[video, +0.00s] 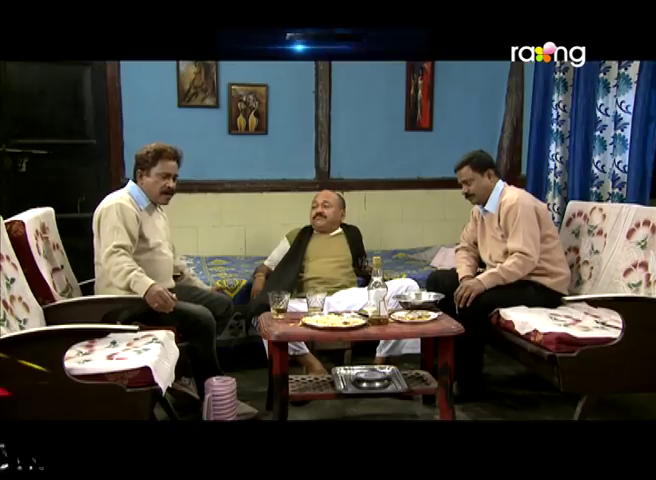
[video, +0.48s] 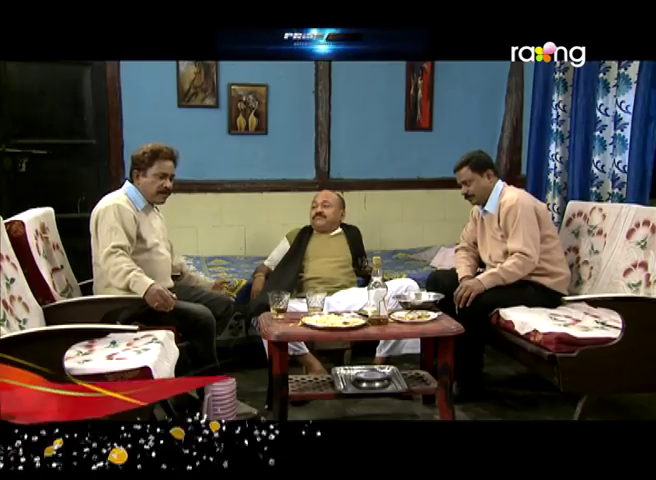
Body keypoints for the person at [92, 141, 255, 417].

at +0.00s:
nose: (171, 185)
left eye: (174, 178)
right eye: (164, 177)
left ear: (176, 180)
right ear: (141, 176)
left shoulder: (156, 210)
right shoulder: (118, 207)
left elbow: (171, 263)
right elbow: (115, 258)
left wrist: (204, 292)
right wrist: (146, 287)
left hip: (161, 292)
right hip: (127, 302)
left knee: (222, 306)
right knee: (200, 319)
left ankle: (183, 378)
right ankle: (216, 397)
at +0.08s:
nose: (171, 185)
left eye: (174, 178)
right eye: (164, 177)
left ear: (175, 180)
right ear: (141, 176)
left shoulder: (155, 209)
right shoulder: (117, 207)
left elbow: (170, 262)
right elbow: (115, 258)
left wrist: (203, 291)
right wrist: (146, 287)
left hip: (161, 292)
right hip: (126, 302)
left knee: (221, 305)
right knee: (200, 319)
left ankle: (183, 378)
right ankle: (216, 397)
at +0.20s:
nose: (170, 185)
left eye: (173, 178)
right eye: (163, 177)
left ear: (174, 180)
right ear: (141, 176)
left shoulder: (154, 210)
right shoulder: (116, 207)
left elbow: (171, 263)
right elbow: (115, 259)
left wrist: (204, 291)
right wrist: (146, 287)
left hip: (161, 292)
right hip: (127, 302)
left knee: (222, 305)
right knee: (200, 318)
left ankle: (183, 378)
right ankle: (216, 396)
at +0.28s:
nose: (170, 185)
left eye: (173, 179)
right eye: (163, 177)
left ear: (174, 180)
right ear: (140, 177)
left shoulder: (153, 210)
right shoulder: (116, 207)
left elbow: (171, 264)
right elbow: (114, 259)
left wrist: (204, 290)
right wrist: (146, 287)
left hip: (161, 292)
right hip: (126, 302)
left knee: (221, 305)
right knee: (199, 318)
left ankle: (182, 378)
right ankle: (216, 397)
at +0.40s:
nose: (169, 185)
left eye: (172, 179)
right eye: (162, 177)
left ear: (173, 181)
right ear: (139, 177)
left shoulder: (152, 211)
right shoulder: (115, 208)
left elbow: (171, 265)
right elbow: (114, 259)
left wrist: (207, 287)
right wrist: (146, 287)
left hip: (160, 292)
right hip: (127, 303)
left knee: (222, 305)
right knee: (200, 318)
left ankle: (184, 379)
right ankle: (215, 397)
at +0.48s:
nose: (168, 185)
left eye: (171, 178)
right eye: (161, 177)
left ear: (174, 179)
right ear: (138, 176)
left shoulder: (152, 212)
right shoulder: (115, 207)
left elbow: (172, 265)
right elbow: (113, 259)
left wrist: (207, 286)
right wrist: (146, 287)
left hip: (163, 291)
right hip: (126, 303)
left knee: (222, 305)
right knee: (201, 318)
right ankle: (212, 394)